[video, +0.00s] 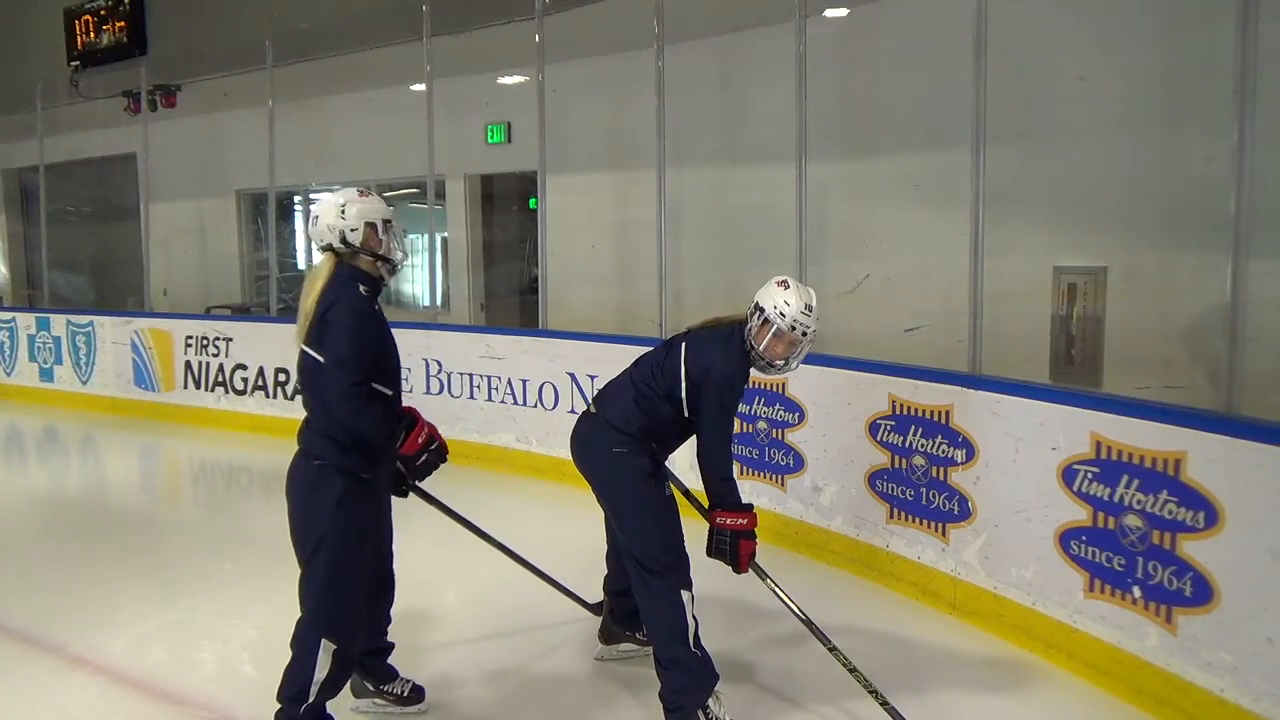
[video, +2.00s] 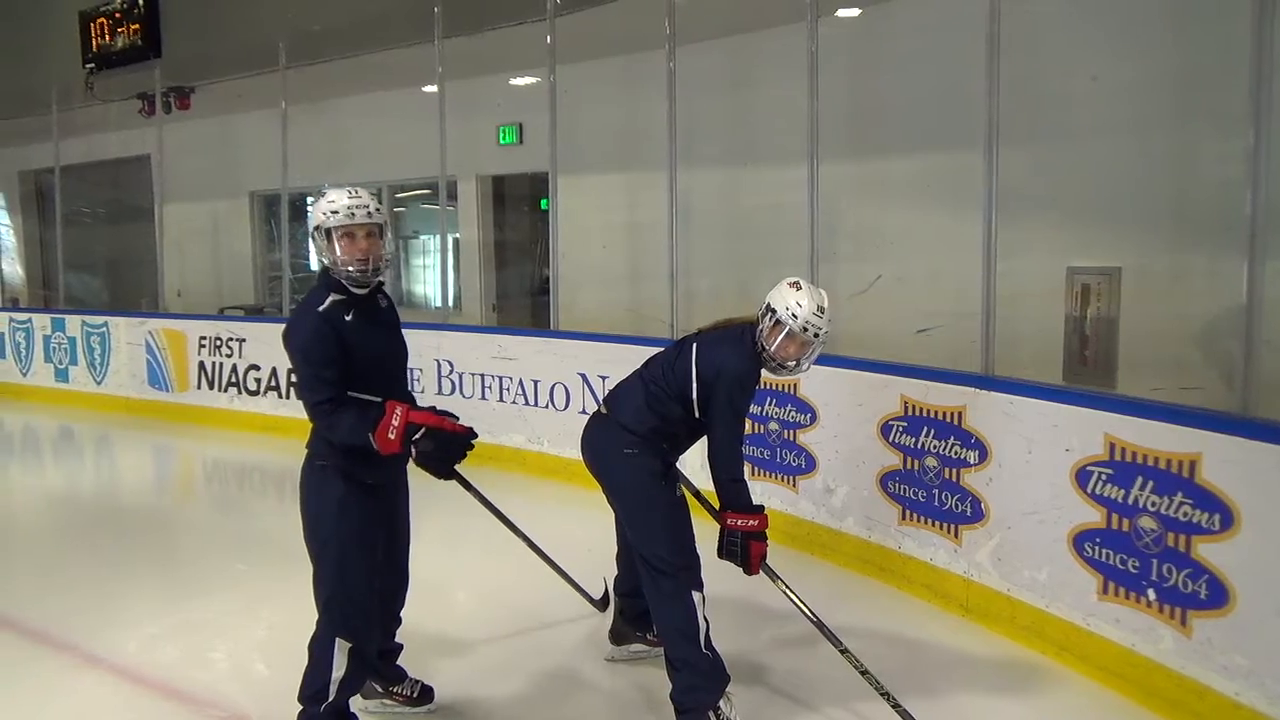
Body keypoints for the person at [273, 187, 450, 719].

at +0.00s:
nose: (390, 240)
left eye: (388, 229)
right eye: (379, 230)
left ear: (345, 236)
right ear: (352, 235)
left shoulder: (351, 292)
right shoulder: (345, 299)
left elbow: (355, 390)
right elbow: (345, 395)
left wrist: (390, 455)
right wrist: (407, 432)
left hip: (356, 470)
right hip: (333, 475)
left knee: (372, 576)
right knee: (335, 593)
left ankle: (369, 673)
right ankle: (300, 706)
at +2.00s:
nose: (361, 249)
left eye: (369, 236)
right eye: (347, 239)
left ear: (383, 242)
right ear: (325, 246)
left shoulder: (381, 305)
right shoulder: (315, 318)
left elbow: (393, 393)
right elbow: (326, 411)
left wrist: (425, 435)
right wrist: (402, 429)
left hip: (385, 468)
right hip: (337, 475)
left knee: (388, 578)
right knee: (346, 597)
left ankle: (377, 669)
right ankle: (322, 707)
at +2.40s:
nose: (363, 251)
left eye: (372, 238)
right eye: (349, 241)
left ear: (385, 243)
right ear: (327, 249)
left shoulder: (384, 304)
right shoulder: (318, 317)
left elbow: (390, 390)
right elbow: (337, 408)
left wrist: (416, 449)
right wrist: (417, 419)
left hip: (386, 467)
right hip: (340, 474)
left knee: (389, 581)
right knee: (347, 603)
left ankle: (379, 668)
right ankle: (325, 707)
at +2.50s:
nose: (361, 253)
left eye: (368, 239)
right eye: (346, 243)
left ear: (381, 242)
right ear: (324, 251)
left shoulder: (385, 303)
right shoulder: (317, 320)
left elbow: (394, 387)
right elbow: (344, 408)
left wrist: (417, 447)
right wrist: (423, 415)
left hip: (386, 466)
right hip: (339, 474)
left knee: (388, 576)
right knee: (346, 599)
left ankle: (378, 668)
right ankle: (325, 707)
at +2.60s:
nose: (366, 253)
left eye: (371, 239)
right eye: (350, 245)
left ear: (382, 241)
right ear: (324, 254)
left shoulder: (385, 303)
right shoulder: (318, 320)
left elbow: (395, 385)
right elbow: (342, 407)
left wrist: (419, 442)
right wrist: (417, 415)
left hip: (385, 466)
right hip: (339, 474)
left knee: (387, 577)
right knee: (346, 599)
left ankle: (377, 669)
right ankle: (326, 706)